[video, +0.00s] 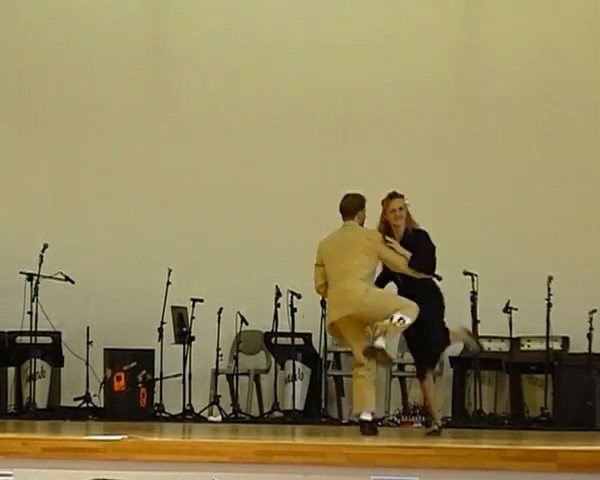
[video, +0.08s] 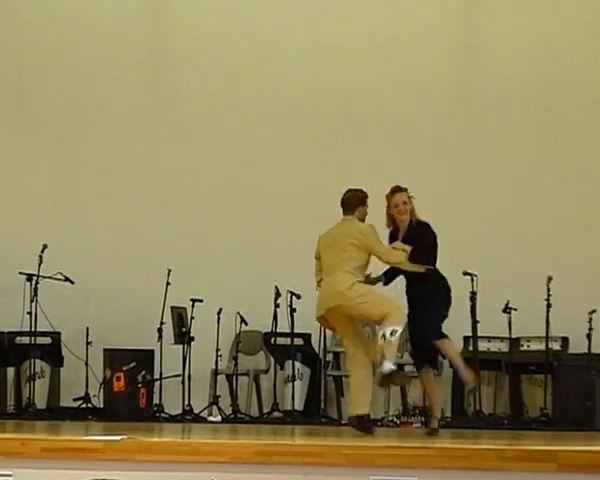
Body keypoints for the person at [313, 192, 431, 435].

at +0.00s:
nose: (366, 216)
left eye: (364, 213)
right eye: (365, 213)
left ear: (342, 215)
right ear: (361, 214)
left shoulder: (325, 244)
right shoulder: (369, 236)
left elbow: (320, 285)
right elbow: (399, 264)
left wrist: (339, 300)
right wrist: (418, 274)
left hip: (336, 307)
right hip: (362, 299)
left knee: (362, 360)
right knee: (410, 308)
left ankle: (365, 416)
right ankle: (381, 338)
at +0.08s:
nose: (367, 212)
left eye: (366, 207)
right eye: (366, 208)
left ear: (343, 209)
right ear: (361, 209)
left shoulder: (325, 237)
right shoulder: (362, 230)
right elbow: (387, 256)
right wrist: (413, 264)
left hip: (325, 301)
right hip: (350, 292)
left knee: (359, 350)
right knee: (395, 311)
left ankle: (359, 413)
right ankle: (387, 364)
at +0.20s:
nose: (365, 211)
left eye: (364, 207)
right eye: (363, 207)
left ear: (346, 210)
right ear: (353, 209)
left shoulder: (337, 233)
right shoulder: (345, 230)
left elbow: (342, 275)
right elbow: (355, 258)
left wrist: (366, 274)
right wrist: (390, 258)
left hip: (323, 301)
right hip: (332, 299)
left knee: (350, 356)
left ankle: (345, 417)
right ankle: (391, 383)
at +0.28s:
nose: (361, 210)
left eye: (361, 205)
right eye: (358, 206)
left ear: (344, 208)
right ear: (345, 208)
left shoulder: (342, 233)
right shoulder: (337, 228)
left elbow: (350, 273)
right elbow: (336, 256)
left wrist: (374, 265)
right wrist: (372, 255)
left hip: (324, 300)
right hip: (321, 297)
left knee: (341, 356)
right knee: (355, 330)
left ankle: (341, 414)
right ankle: (360, 388)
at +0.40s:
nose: (348, 215)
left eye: (350, 211)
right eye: (344, 210)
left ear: (348, 213)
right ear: (331, 212)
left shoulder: (338, 241)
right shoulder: (323, 235)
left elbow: (352, 277)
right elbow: (318, 264)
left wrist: (380, 269)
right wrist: (351, 256)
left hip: (322, 307)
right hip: (302, 304)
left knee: (348, 345)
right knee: (335, 338)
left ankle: (339, 405)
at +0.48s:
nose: (330, 223)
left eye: (332, 219)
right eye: (325, 219)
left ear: (336, 220)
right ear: (314, 220)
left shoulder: (330, 251)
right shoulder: (305, 246)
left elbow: (343, 284)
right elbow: (306, 280)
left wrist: (374, 293)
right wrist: (339, 282)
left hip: (311, 316)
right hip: (288, 313)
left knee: (335, 359)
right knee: (312, 358)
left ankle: (322, 417)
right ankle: (295, 416)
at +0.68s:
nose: (301, 221)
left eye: (305, 217)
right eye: (296, 217)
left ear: (312, 219)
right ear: (291, 218)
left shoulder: (315, 243)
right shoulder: (283, 243)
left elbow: (330, 264)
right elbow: (298, 270)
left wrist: (348, 270)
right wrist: (331, 273)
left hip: (290, 307)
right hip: (266, 306)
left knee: (309, 351)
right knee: (282, 353)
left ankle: (322, 409)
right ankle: (292, 411)